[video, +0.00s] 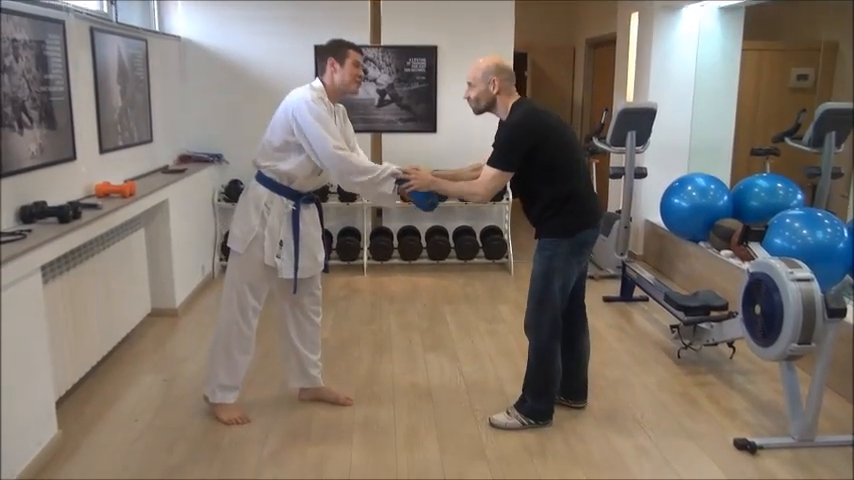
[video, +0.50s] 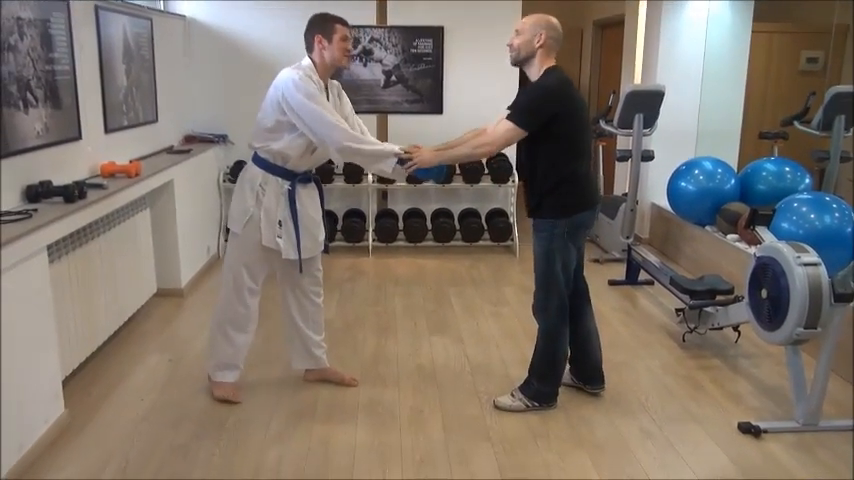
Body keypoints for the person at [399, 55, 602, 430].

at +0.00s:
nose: (466, 94)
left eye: (470, 86)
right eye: (466, 86)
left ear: (495, 86)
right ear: (498, 87)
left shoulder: (519, 124)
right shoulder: (521, 118)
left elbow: (483, 191)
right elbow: (480, 173)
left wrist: (430, 183)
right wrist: (432, 177)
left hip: (564, 230)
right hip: (576, 224)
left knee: (541, 320)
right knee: (570, 312)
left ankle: (535, 409)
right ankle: (572, 391)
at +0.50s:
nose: (510, 42)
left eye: (517, 35)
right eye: (512, 34)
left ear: (539, 42)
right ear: (539, 42)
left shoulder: (548, 90)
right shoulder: (537, 86)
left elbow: (491, 146)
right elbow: (488, 133)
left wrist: (437, 158)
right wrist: (436, 150)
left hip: (562, 211)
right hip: (566, 207)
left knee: (550, 304)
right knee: (572, 292)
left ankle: (540, 392)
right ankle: (589, 375)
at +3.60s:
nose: (465, 98)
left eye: (471, 90)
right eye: (467, 90)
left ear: (495, 93)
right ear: (502, 94)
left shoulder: (487, 142)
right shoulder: (531, 128)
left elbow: (482, 210)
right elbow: (502, 173)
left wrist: (463, 190)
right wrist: (475, 129)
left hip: (492, 254)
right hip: (534, 249)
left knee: (433, 319)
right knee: (548, 324)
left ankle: (413, 416)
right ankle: (592, 403)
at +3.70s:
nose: (498, 79)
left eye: (503, 72)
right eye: (498, 72)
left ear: (526, 74)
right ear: (533, 75)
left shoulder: (518, 119)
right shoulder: (563, 111)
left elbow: (513, 186)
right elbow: (554, 167)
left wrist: (483, 167)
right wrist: (511, 112)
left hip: (521, 239)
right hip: (561, 234)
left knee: (475, 321)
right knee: (574, 319)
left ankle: (436, 402)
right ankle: (603, 405)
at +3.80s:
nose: (524, 65)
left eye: (529, 58)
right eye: (524, 57)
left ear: (554, 59)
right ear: (561, 59)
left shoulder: (539, 101)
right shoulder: (592, 97)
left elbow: (530, 167)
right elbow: (596, 157)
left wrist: (497, 154)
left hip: (547, 221)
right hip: (587, 218)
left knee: (499, 296)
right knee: (596, 305)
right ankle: (622, 397)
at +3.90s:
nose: (549, 72)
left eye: (554, 65)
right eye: (549, 64)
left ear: (580, 66)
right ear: (587, 66)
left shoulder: (559, 107)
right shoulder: (618, 107)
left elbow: (543, 174)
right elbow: (610, 164)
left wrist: (511, 163)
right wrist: (545, 159)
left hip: (567, 229)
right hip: (608, 225)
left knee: (519, 299)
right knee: (620, 309)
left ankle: (568, 386)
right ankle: (655, 399)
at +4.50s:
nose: (625, 107)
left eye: (630, 102)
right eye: (630, 103)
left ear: (643, 105)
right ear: (662, 118)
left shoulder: (595, 121)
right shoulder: (660, 166)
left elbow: (552, 167)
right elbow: (625, 199)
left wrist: (556, 186)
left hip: (557, 248)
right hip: (609, 259)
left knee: (500, 303)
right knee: (641, 325)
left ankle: (501, 401)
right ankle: (671, 410)